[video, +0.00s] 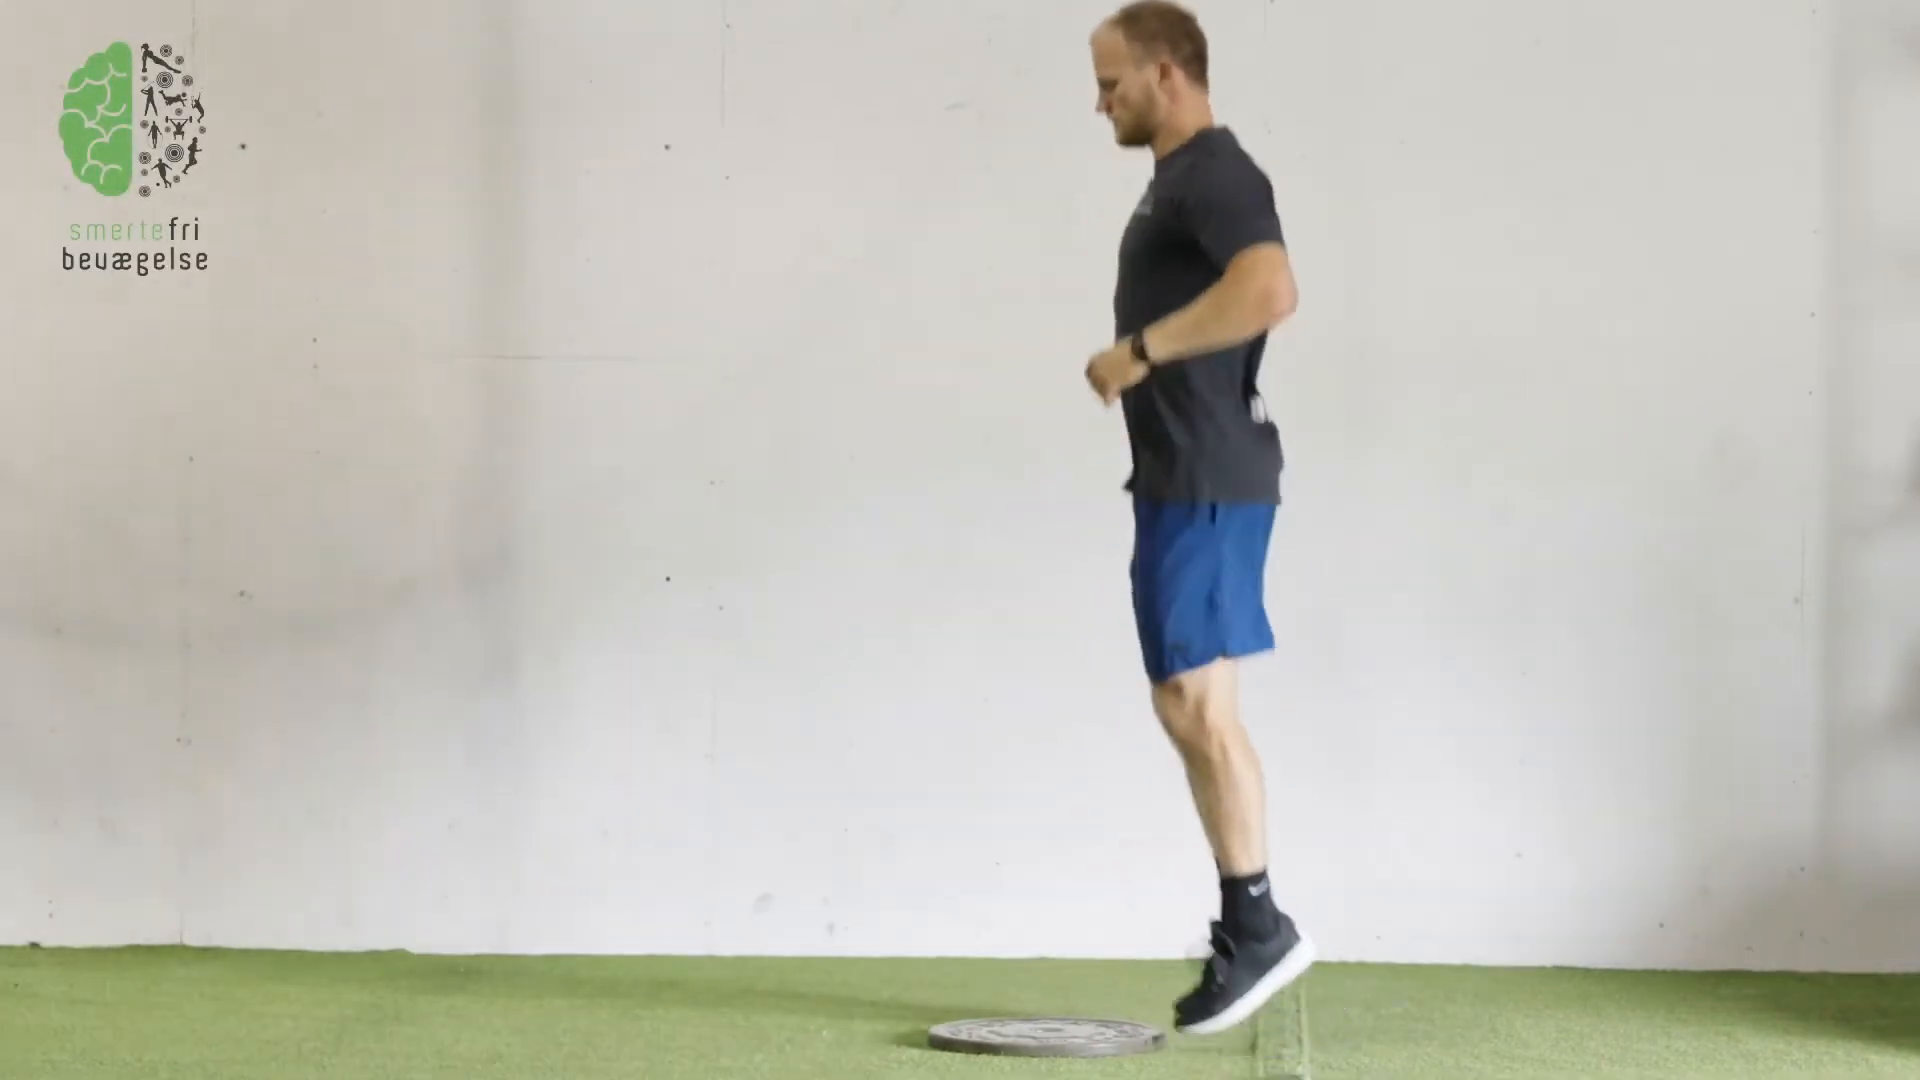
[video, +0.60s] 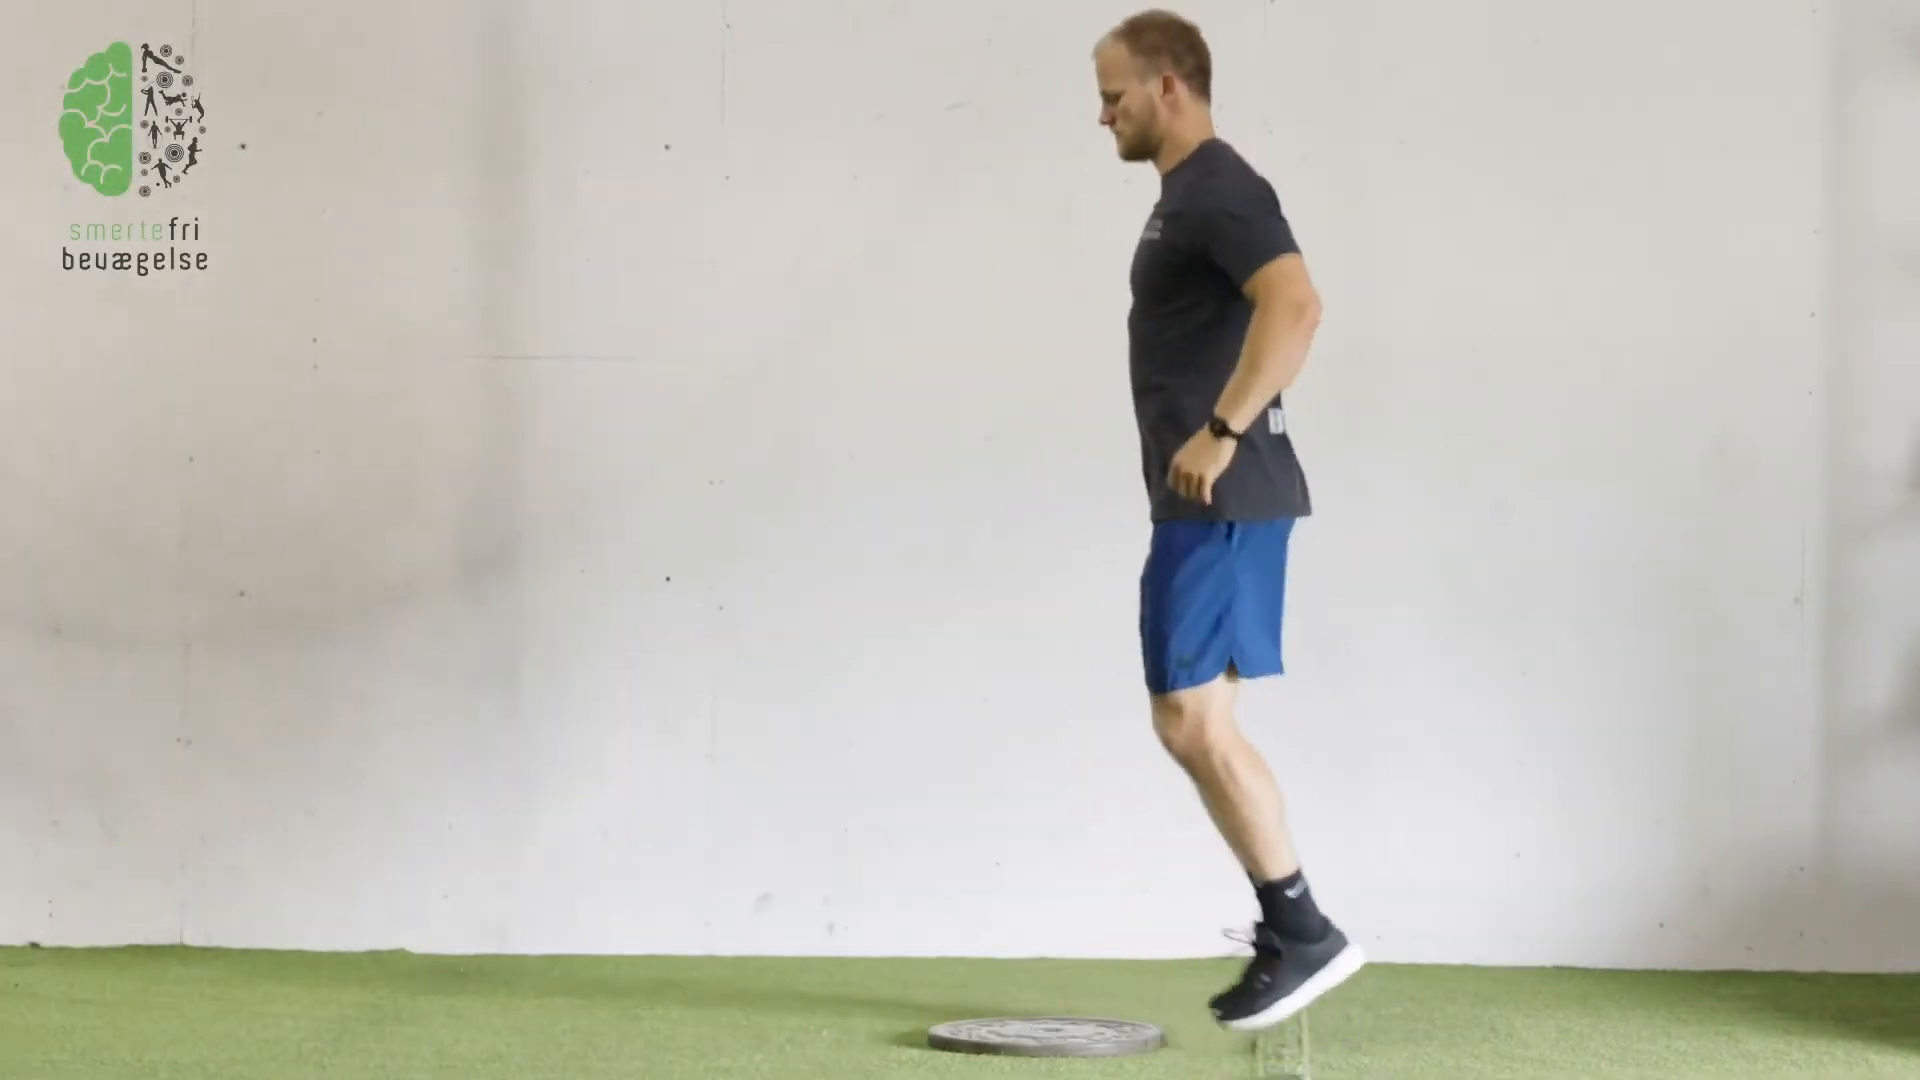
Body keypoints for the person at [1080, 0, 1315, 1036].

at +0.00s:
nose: (1100, 103)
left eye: (1110, 83)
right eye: (1098, 85)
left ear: (1168, 76)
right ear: (1160, 79)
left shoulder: (1213, 168)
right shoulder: (1190, 172)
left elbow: (1266, 290)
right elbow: (1250, 296)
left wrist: (1141, 350)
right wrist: (1147, 358)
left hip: (1206, 486)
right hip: (1186, 486)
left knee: (1196, 704)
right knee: (1190, 705)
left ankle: (1254, 927)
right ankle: (1248, 925)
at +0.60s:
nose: (1102, 114)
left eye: (1113, 95)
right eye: (1102, 98)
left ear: (1167, 88)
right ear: (1166, 91)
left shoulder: (1218, 185)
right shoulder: (1188, 192)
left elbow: (1292, 306)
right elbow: (1278, 314)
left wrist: (1220, 431)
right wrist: (1206, 435)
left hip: (1222, 502)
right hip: (1202, 501)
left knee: (1195, 719)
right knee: (1190, 722)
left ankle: (1298, 933)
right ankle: (1290, 932)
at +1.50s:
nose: (1075, 106)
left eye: (1084, 87)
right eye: (1074, 89)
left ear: (1141, 75)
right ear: (1141, 79)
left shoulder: (1193, 166)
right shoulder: (1173, 172)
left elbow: (1265, 280)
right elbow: (1260, 289)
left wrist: (1164, 375)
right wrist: (1165, 382)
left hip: (1199, 478)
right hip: (1185, 476)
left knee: (1165, 702)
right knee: (1161, 702)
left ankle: (1244, 921)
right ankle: (1238, 918)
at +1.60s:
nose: (1080, 141)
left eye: (1089, 122)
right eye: (1079, 125)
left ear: (1143, 112)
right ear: (1144, 116)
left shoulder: (1200, 209)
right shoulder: (1171, 218)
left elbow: (1264, 331)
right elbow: (1237, 346)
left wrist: (1158, 426)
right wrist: (1148, 443)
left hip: (1211, 521)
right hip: (1191, 519)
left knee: (1181, 744)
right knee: (1174, 746)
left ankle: (1273, 967)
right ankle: (1267, 966)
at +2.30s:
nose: (1087, 101)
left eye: (1096, 82)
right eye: (1085, 84)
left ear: (1153, 77)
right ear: (1146, 81)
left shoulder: (1202, 171)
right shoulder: (1170, 178)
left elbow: (1266, 300)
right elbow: (1225, 312)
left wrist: (1171, 404)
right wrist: (1154, 418)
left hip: (1200, 486)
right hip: (1179, 483)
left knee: (1176, 704)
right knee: (1176, 704)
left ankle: (1192, 937)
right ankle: (1184, 931)